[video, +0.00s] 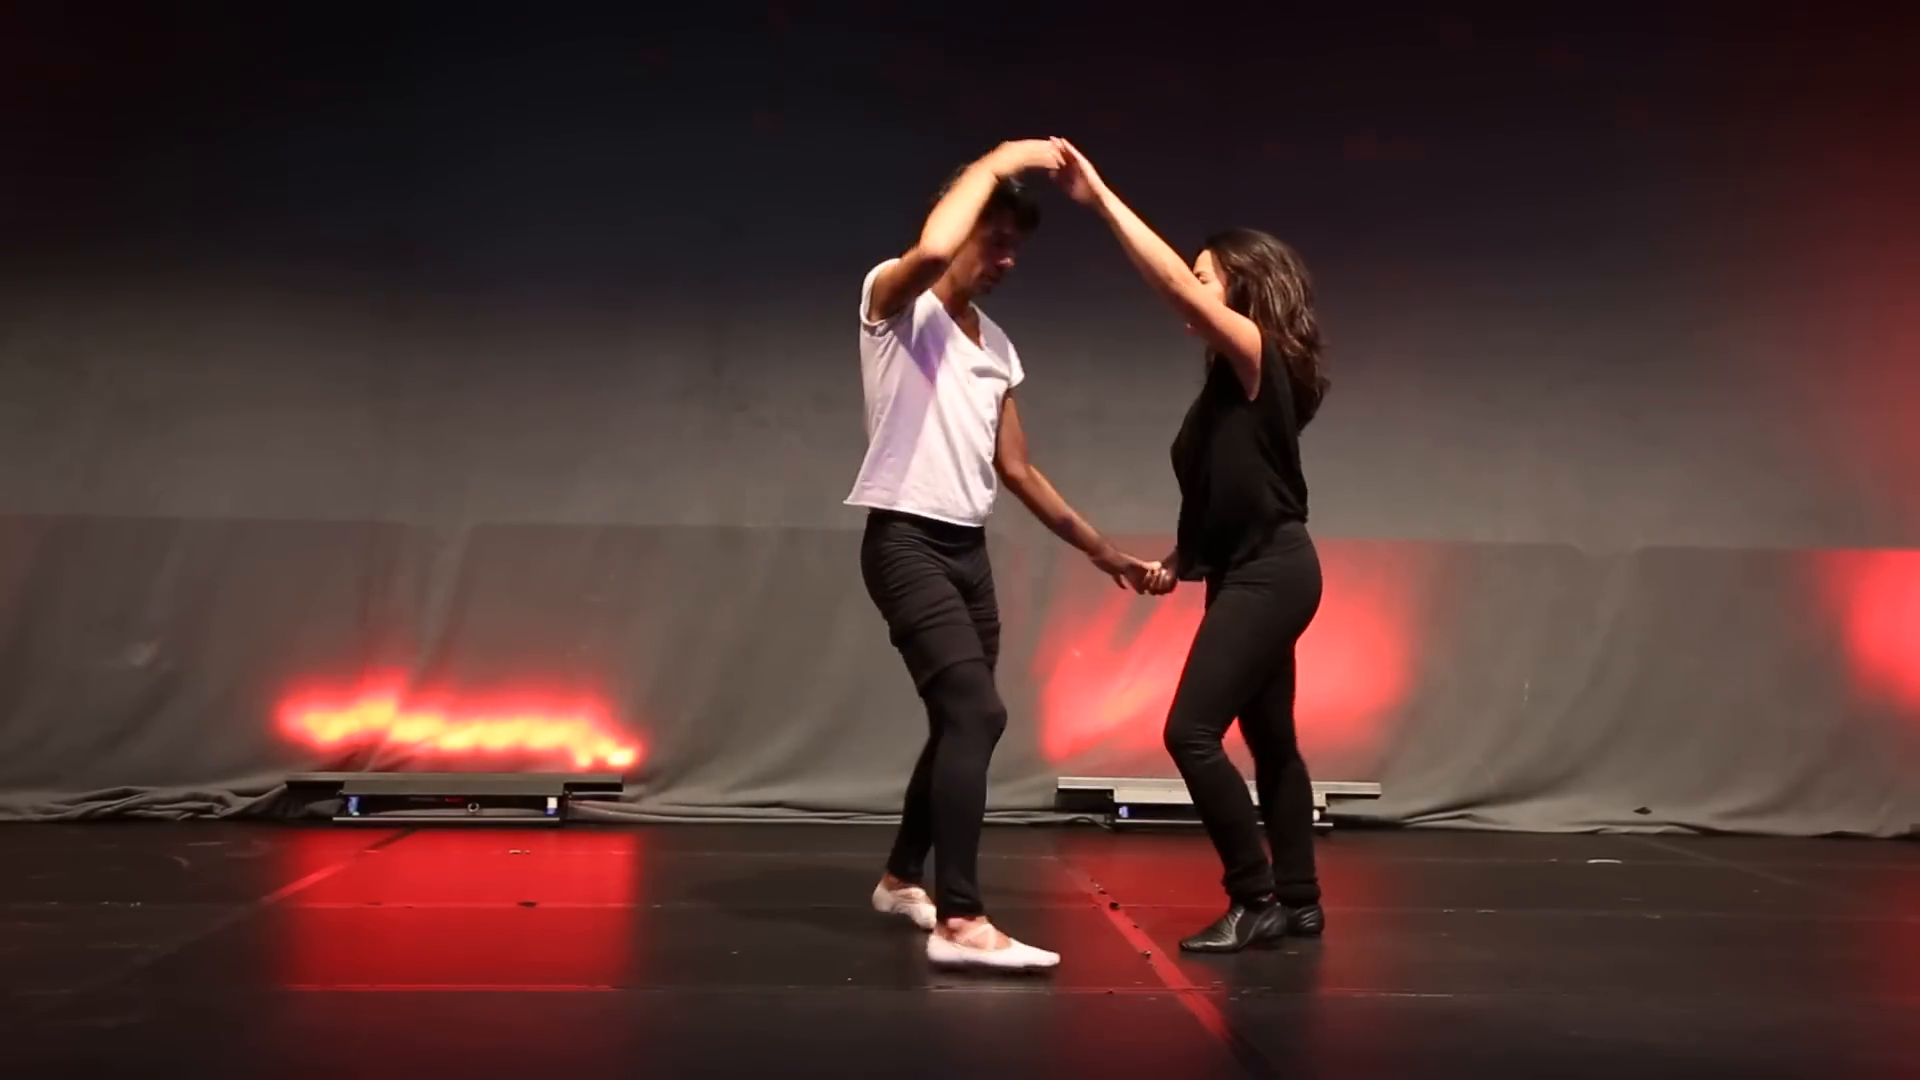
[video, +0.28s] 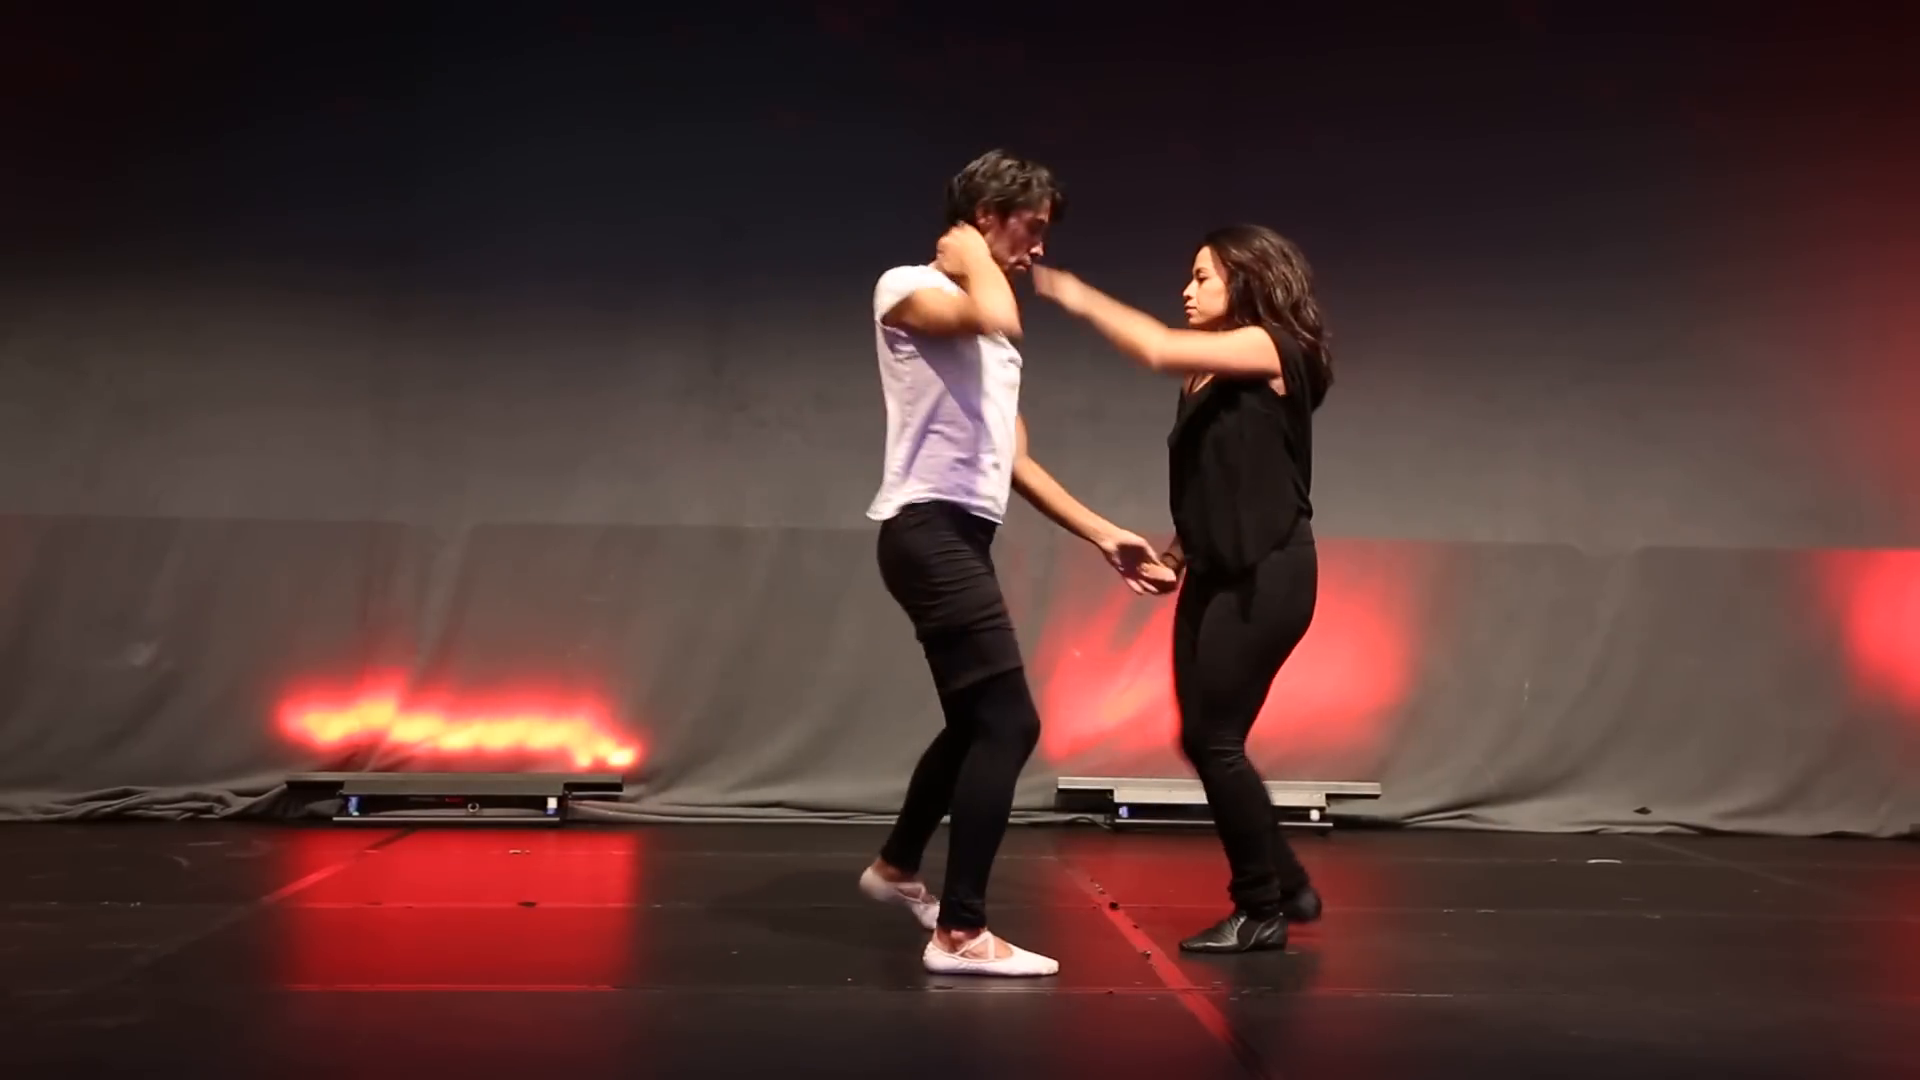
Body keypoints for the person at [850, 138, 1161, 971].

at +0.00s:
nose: (1001, 261)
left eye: (1012, 251)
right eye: (994, 242)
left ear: (1013, 255)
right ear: (956, 230)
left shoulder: (993, 348)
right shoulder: (891, 303)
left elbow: (1016, 469)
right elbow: (934, 251)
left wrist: (1096, 547)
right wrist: (994, 163)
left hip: (965, 544)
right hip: (904, 539)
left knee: (967, 718)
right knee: (972, 711)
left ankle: (902, 878)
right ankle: (959, 920)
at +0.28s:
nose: (1037, 249)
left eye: (1042, 235)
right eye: (1031, 231)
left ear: (1008, 231)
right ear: (987, 220)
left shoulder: (995, 327)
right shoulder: (904, 288)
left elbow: (1014, 461)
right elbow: (995, 317)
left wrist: (1108, 536)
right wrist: (970, 252)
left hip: (961, 533)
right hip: (927, 530)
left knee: (975, 723)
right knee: (1008, 723)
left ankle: (894, 868)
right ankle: (959, 933)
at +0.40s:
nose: (1033, 238)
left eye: (1036, 223)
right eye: (1031, 221)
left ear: (982, 213)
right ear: (1000, 214)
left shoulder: (961, 293)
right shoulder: (947, 289)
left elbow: (972, 459)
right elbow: (997, 404)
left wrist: (1060, 518)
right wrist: (1029, 321)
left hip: (944, 530)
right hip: (956, 533)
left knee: (967, 724)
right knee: (1019, 728)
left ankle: (885, 898)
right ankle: (963, 934)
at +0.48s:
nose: (1028, 235)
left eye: (1030, 221)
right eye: (1028, 219)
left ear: (953, 208)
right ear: (1008, 211)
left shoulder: (907, 300)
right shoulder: (976, 289)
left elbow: (888, 442)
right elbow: (992, 415)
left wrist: (995, 466)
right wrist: (1060, 404)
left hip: (926, 538)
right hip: (978, 542)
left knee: (962, 730)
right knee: (1020, 730)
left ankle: (884, 911)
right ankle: (963, 933)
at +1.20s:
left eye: (944, 184)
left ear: (935, 191)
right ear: (1017, 192)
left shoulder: (896, 286)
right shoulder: (1064, 294)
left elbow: (862, 417)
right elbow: (1084, 440)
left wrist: (908, 368)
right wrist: (1040, 494)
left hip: (912, 532)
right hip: (1008, 538)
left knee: (893, 741)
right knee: (985, 735)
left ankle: (913, 943)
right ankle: (1054, 912)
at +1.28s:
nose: (950, 201)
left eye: (945, 187)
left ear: (943, 193)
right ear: (1022, 194)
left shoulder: (899, 285)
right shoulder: (1073, 297)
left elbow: (828, 379)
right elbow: (1094, 440)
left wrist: (860, 309)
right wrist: (1039, 492)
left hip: (925, 538)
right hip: (1023, 540)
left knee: (915, 740)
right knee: (1030, 744)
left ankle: (920, 942)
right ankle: (1078, 952)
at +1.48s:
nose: (942, 202)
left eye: (943, 188)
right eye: (944, 190)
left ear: (954, 193)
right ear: (1028, 193)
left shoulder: (923, 275)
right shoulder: (1084, 298)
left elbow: (814, 281)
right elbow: (1117, 441)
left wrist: (849, 184)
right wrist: (1067, 509)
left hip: (964, 534)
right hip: (1061, 538)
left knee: (932, 734)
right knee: (1062, 741)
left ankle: (944, 933)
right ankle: (1083, 957)